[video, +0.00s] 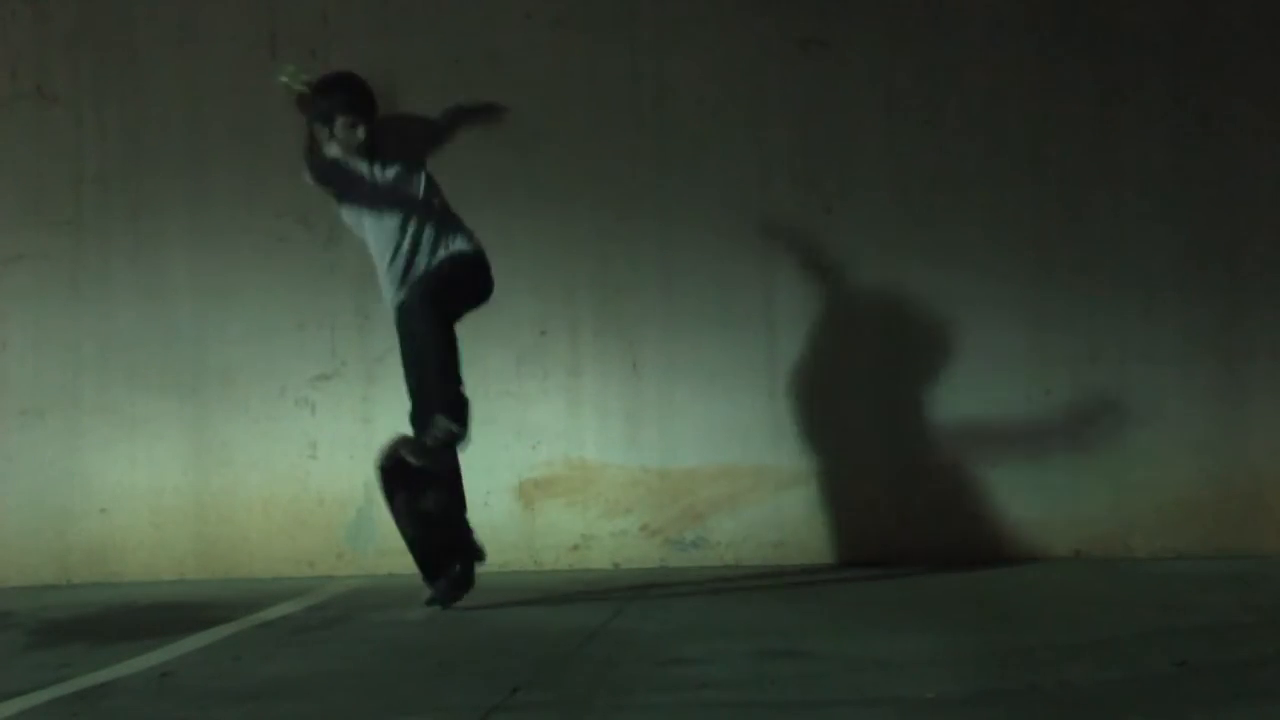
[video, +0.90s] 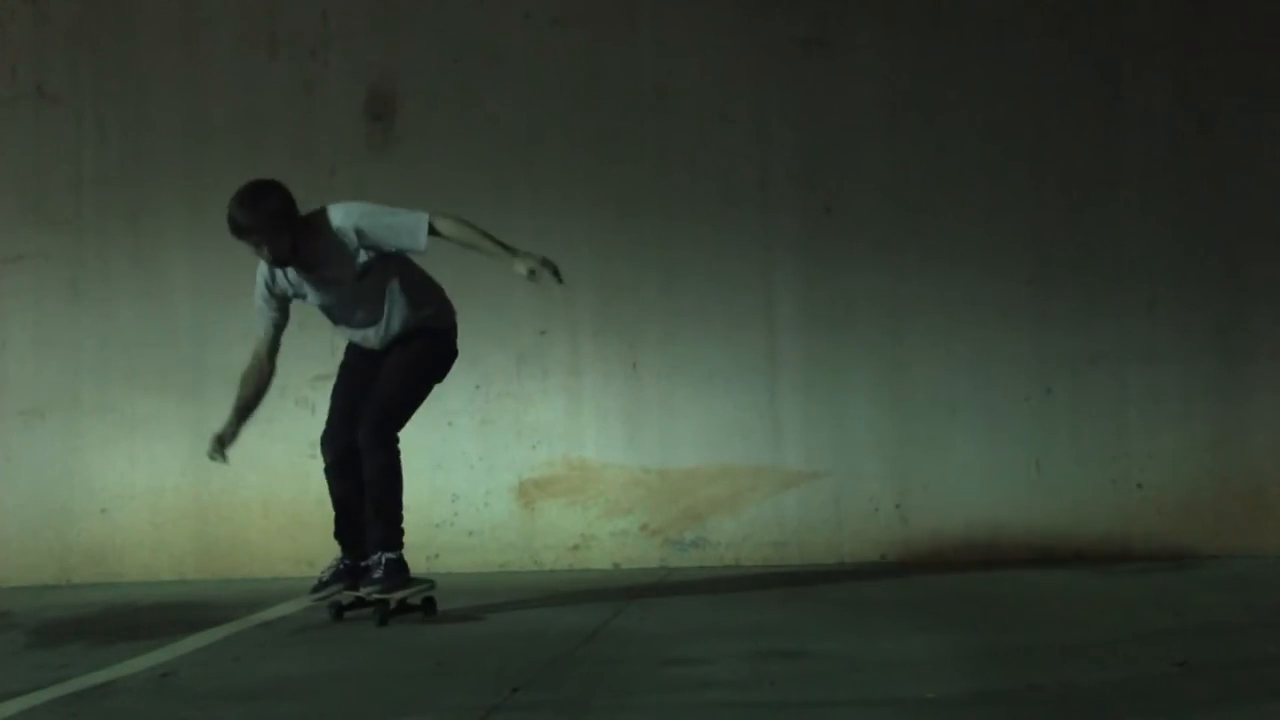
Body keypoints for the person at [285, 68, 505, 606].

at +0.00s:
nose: (360, 135)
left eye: (364, 124)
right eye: (349, 128)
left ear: (371, 120)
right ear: (326, 134)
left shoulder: (398, 139)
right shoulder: (328, 172)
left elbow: (442, 126)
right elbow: (320, 163)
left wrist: (476, 115)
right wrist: (308, 114)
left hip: (458, 263)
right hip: (408, 295)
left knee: (420, 305)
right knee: (429, 421)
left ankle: (443, 417)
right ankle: (453, 550)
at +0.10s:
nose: (387, 108)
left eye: (392, 97)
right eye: (376, 99)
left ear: (400, 88)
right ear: (351, 92)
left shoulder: (408, 115)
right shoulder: (327, 132)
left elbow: (455, 125)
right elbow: (258, 100)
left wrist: (493, 139)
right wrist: (188, 62)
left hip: (445, 243)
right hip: (392, 267)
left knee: (395, 253)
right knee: (400, 386)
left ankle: (428, 348)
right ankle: (466, 474)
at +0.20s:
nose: (392, 146)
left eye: (399, 136)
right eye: (384, 136)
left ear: (409, 123)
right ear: (360, 123)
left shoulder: (426, 141)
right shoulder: (325, 135)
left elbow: (483, 191)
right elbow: (233, 134)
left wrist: (540, 242)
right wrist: (148, 118)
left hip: (415, 240)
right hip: (360, 257)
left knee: (411, 247)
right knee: (376, 343)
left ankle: (447, 343)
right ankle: (433, 426)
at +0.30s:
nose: (380, 191)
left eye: (387, 182)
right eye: (372, 182)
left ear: (398, 172)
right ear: (351, 170)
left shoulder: (418, 195)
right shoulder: (318, 187)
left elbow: (483, 244)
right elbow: (231, 210)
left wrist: (534, 310)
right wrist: (143, 236)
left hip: (410, 275)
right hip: (352, 278)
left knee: (404, 332)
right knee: (360, 343)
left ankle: (432, 437)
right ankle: (385, 437)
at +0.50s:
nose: (340, 259)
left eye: (347, 247)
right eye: (328, 250)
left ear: (358, 237)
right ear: (308, 244)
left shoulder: (390, 267)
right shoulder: (298, 284)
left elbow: (475, 278)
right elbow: (246, 330)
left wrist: (564, 299)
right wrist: (209, 356)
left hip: (405, 397)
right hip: (346, 403)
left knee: (342, 454)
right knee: (306, 470)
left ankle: (379, 566)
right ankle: (347, 563)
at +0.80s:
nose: (283, 249)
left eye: (287, 236)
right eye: (272, 243)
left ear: (307, 219)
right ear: (264, 241)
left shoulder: (362, 231)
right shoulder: (275, 274)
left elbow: (446, 240)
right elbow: (237, 348)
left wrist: (523, 267)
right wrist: (199, 400)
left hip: (416, 349)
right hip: (361, 360)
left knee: (365, 435)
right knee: (327, 451)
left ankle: (389, 560)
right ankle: (357, 561)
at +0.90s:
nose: (263, 252)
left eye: (267, 238)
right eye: (253, 244)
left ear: (288, 220)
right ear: (248, 241)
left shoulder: (348, 222)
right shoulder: (274, 275)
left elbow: (437, 226)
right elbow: (263, 357)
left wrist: (515, 257)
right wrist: (232, 425)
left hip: (424, 332)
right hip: (367, 344)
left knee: (375, 430)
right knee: (337, 442)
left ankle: (388, 559)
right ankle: (355, 560)